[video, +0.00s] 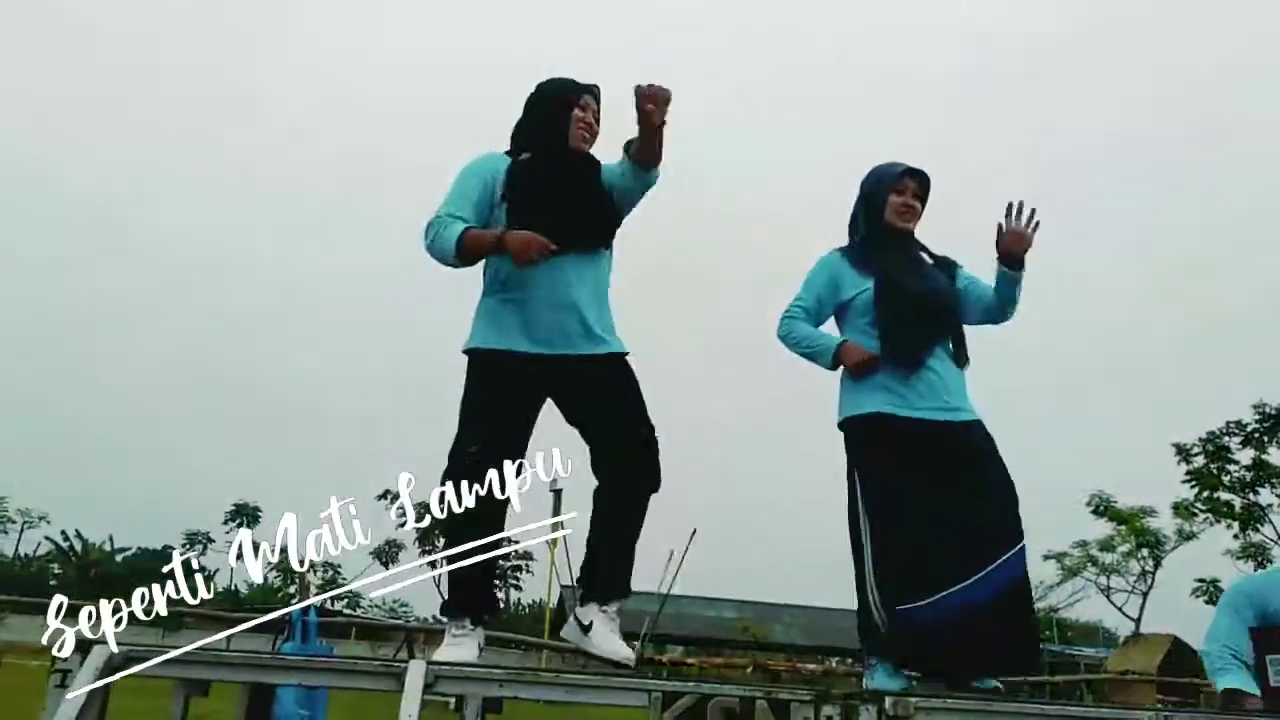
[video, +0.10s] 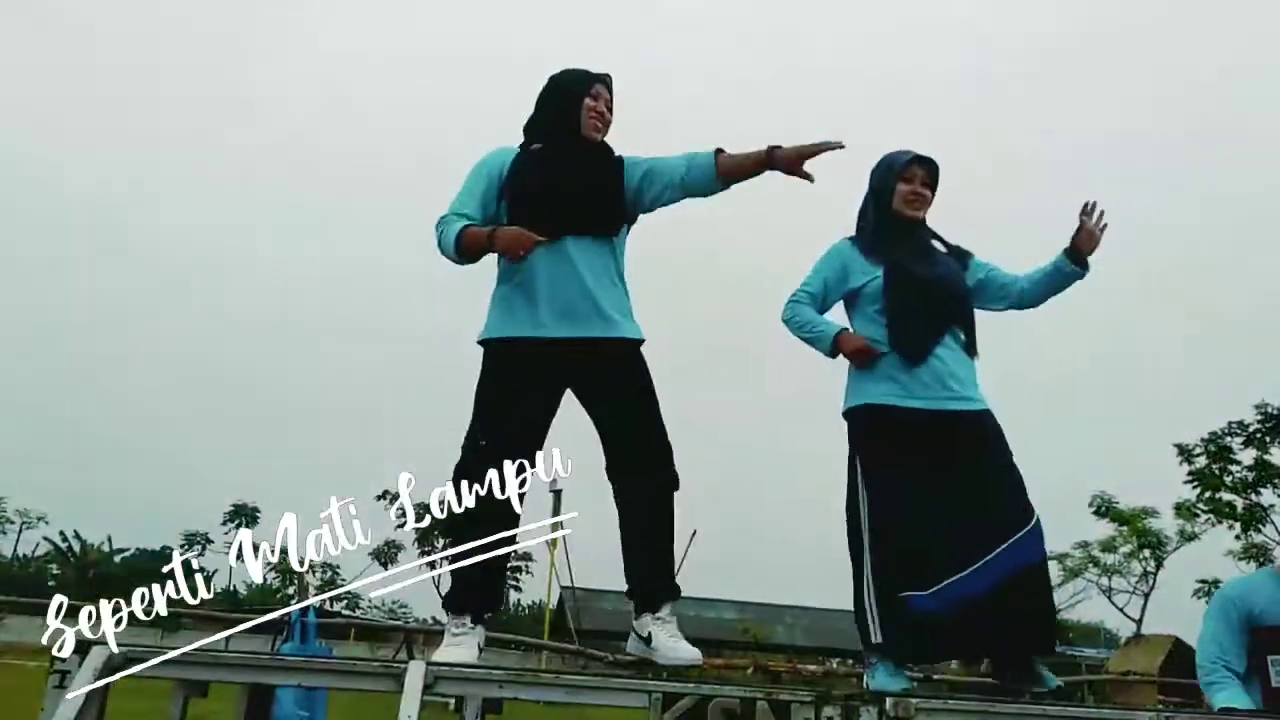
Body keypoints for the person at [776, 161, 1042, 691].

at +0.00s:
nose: (909, 202)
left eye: (917, 198)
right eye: (899, 193)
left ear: (923, 209)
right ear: (872, 197)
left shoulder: (938, 270)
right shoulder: (840, 264)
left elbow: (998, 308)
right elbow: (791, 325)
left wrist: (1010, 264)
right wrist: (837, 349)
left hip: (951, 415)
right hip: (880, 414)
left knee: (983, 524)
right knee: (887, 536)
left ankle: (971, 660)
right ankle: (883, 659)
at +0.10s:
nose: (919, 190)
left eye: (926, 185)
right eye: (908, 181)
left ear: (933, 197)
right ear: (882, 187)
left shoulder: (952, 260)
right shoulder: (851, 253)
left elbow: (1019, 291)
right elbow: (796, 308)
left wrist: (1074, 258)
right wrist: (836, 337)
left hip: (962, 410)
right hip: (884, 410)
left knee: (1009, 521)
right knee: (885, 532)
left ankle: (1017, 657)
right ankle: (885, 657)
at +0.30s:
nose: (938, 189)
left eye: (948, 182)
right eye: (926, 181)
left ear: (959, 195)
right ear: (904, 193)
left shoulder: (988, 258)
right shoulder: (882, 258)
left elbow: (1060, 273)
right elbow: (818, 305)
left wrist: (1140, 272)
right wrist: (832, 329)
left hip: (987, 411)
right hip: (908, 408)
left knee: (1026, 530)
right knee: (899, 530)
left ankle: (1061, 665)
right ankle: (884, 659)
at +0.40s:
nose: (950, 191)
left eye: (959, 183)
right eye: (938, 185)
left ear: (974, 198)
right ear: (920, 202)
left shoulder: (1010, 261)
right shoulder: (900, 264)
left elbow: (1079, 284)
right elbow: (836, 313)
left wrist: (1156, 295)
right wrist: (858, 315)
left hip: (1007, 417)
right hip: (929, 413)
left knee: (1035, 538)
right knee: (916, 534)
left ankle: (1059, 668)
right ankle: (891, 660)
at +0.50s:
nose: (960, 186)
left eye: (968, 179)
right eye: (948, 182)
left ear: (984, 193)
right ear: (931, 201)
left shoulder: (1023, 252)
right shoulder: (913, 259)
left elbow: (1084, 286)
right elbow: (871, 317)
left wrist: (1150, 324)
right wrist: (923, 280)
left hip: (1025, 410)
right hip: (948, 407)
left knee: (1045, 535)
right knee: (938, 530)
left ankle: (1062, 670)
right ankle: (918, 656)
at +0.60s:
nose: (965, 191)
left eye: (974, 183)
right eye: (954, 186)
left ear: (993, 193)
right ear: (940, 200)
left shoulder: (1027, 253)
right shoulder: (926, 254)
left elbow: (1089, 289)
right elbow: (911, 296)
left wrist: (1123, 340)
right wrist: (981, 257)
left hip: (1036, 409)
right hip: (961, 410)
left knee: (1051, 534)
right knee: (970, 533)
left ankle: (1062, 671)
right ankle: (981, 666)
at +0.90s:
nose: (968, 187)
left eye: (978, 178)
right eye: (957, 183)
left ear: (1001, 189)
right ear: (947, 202)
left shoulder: (1038, 254)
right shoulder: (938, 251)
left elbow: (1089, 295)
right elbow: (879, 257)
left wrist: (1078, 325)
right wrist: (955, 251)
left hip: (1030, 405)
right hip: (954, 400)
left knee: (1049, 531)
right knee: (947, 523)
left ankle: (1061, 665)